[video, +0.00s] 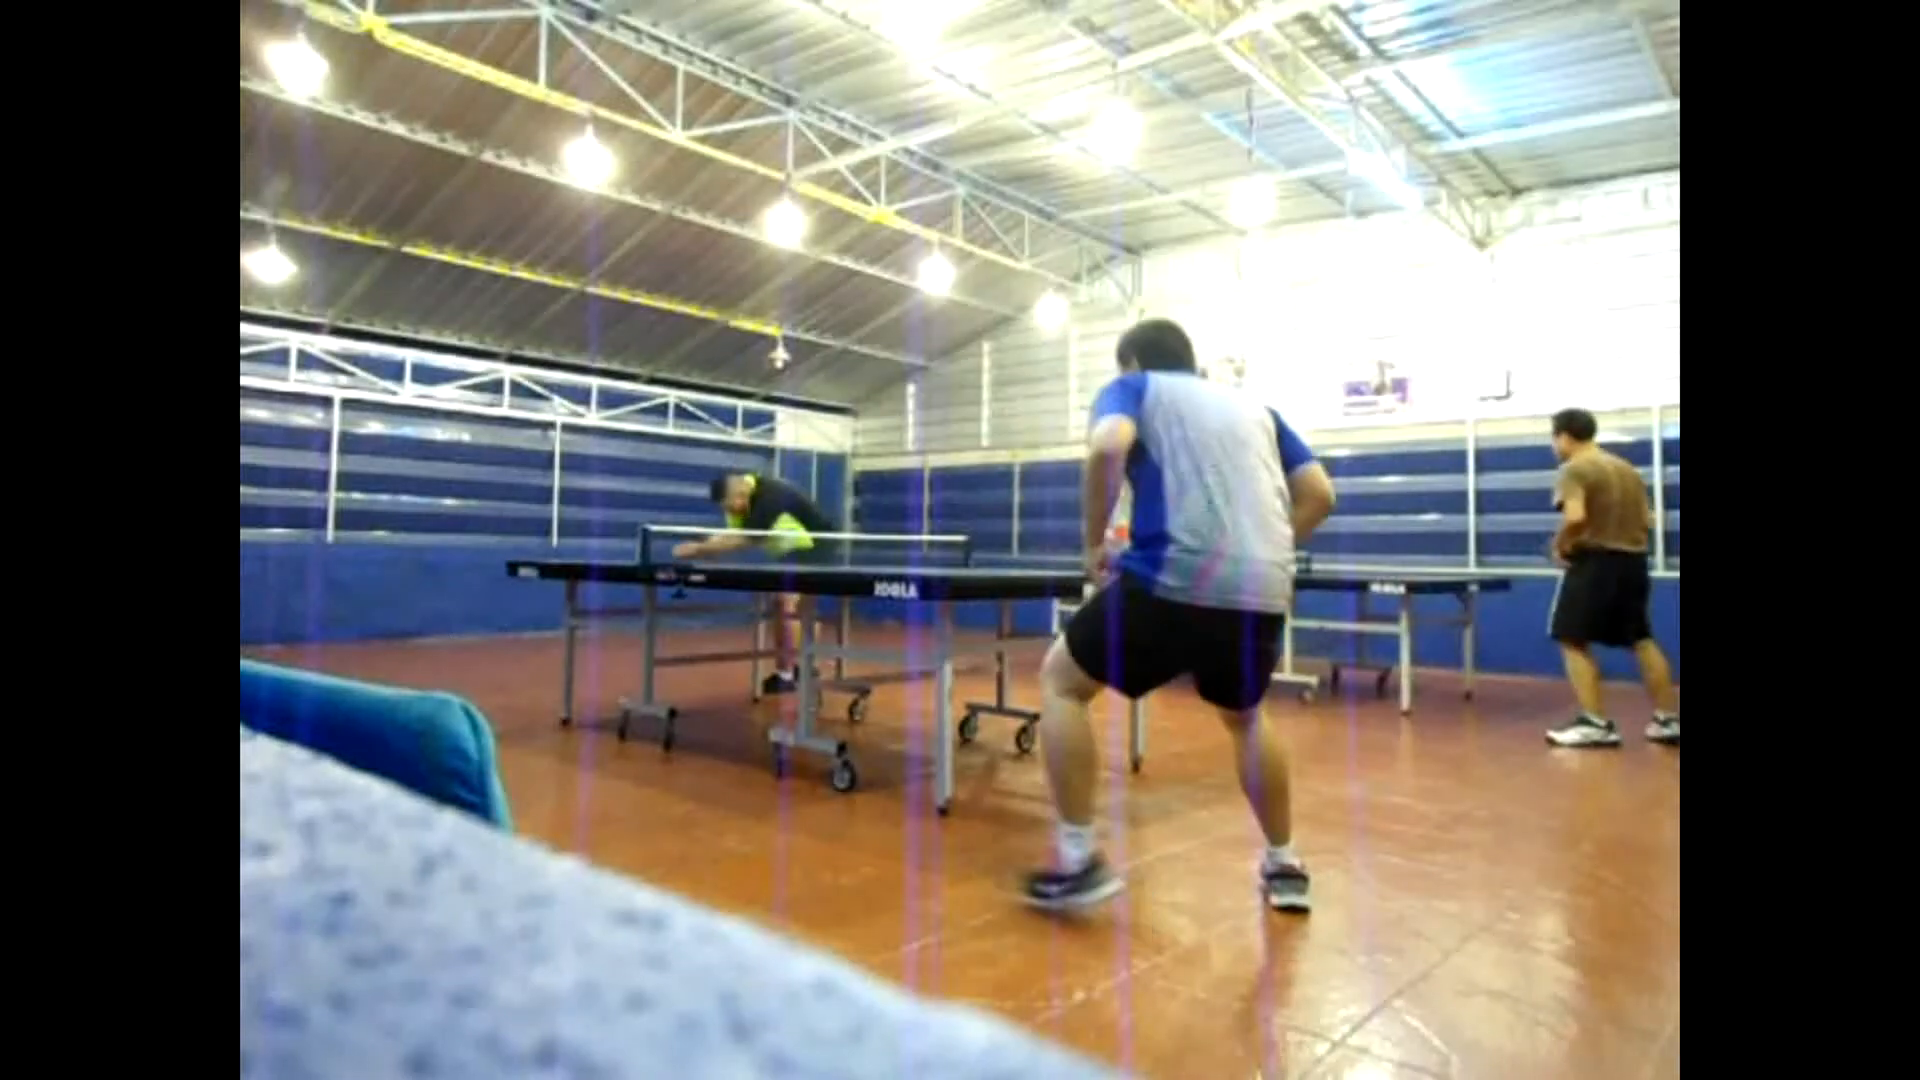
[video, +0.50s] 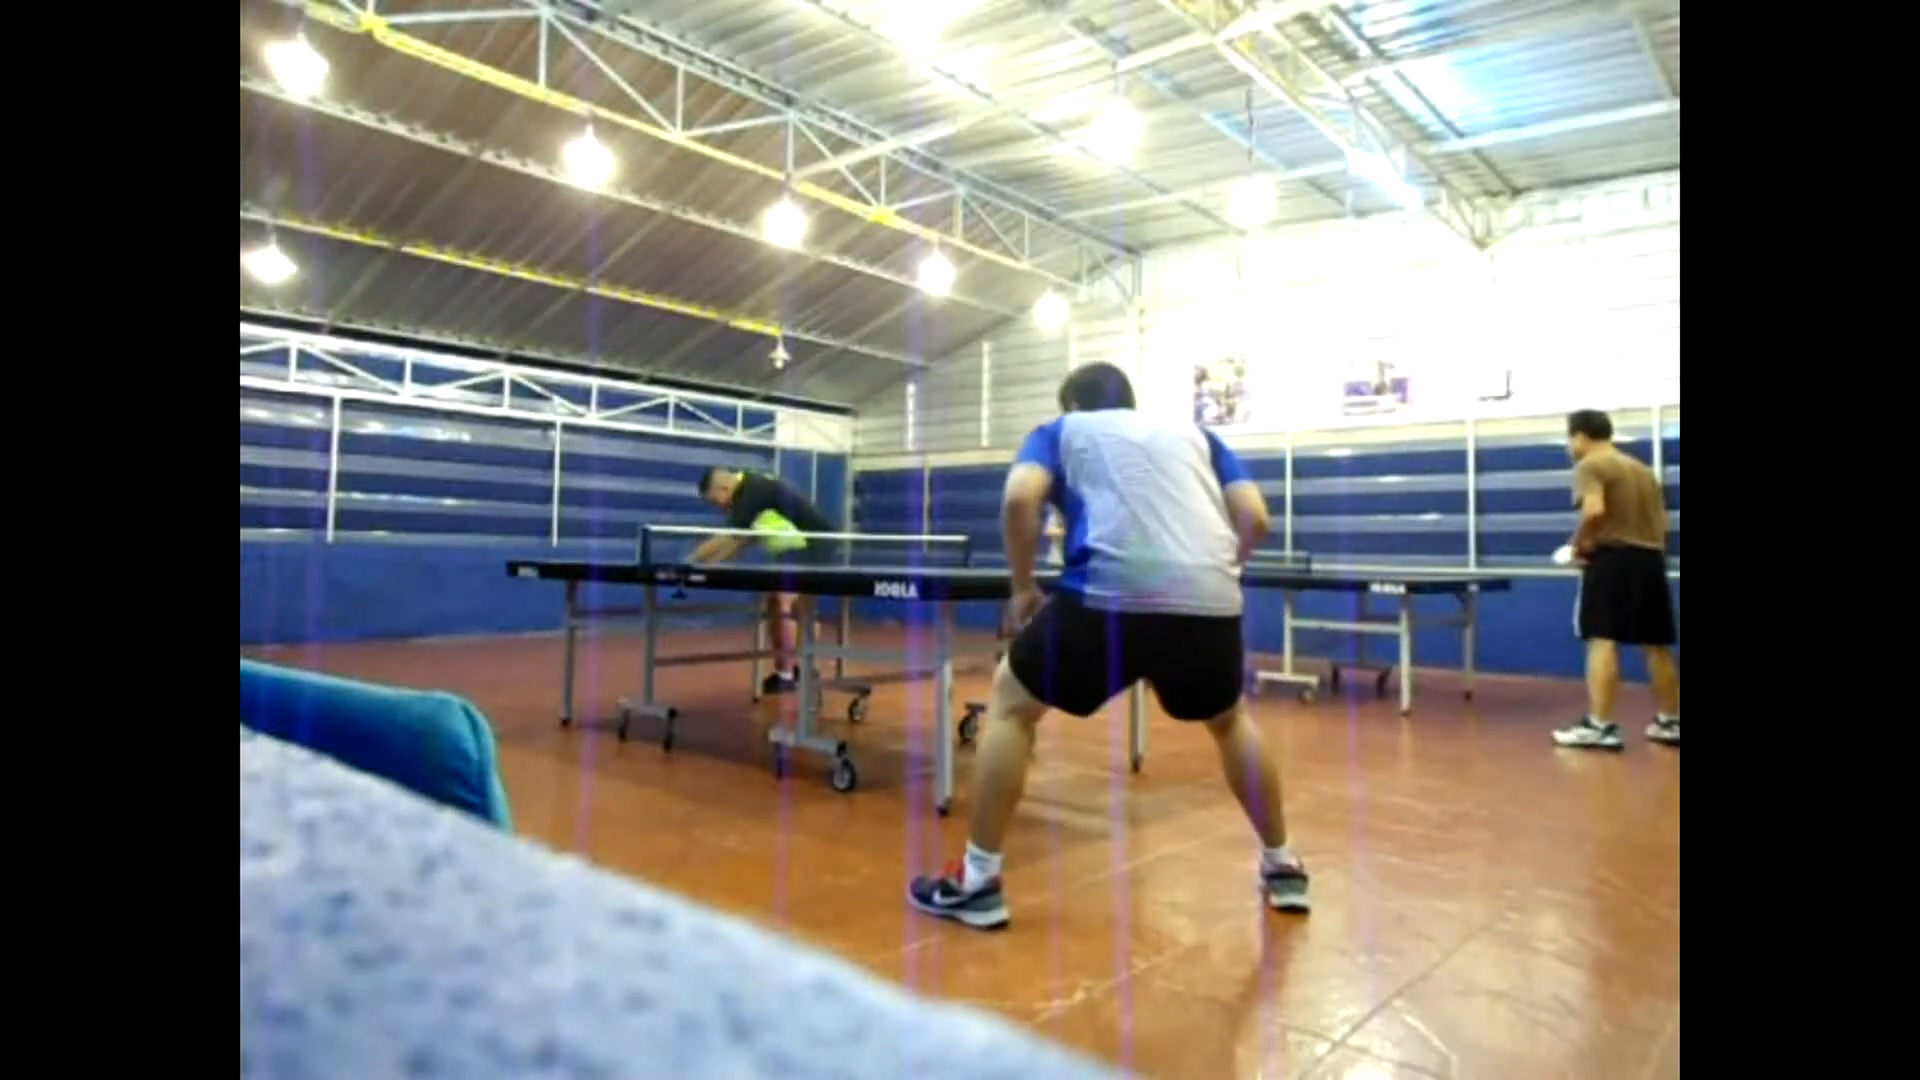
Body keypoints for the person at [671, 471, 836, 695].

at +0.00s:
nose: (732, 511)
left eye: (731, 504)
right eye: (727, 508)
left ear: (739, 491)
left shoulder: (769, 495)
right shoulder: (742, 498)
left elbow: (749, 538)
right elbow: (734, 534)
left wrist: (699, 549)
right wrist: (700, 549)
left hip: (811, 550)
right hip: (789, 551)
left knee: (789, 607)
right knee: (783, 608)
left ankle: (788, 671)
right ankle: (787, 667)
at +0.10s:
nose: (728, 513)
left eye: (727, 507)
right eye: (724, 510)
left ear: (735, 494)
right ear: (730, 492)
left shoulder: (763, 498)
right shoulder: (744, 494)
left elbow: (742, 540)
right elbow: (732, 534)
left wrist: (694, 552)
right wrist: (700, 549)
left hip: (811, 551)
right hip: (791, 551)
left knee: (788, 609)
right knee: (783, 609)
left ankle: (788, 671)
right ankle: (785, 668)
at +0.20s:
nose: (725, 512)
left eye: (723, 507)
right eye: (720, 510)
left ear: (729, 494)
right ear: (727, 492)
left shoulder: (760, 498)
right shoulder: (745, 492)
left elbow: (737, 544)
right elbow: (737, 534)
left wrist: (694, 557)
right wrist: (716, 540)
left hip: (813, 548)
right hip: (793, 548)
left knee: (785, 604)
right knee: (779, 605)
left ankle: (786, 672)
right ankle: (786, 667)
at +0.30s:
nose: (722, 510)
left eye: (720, 506)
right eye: (718, 508)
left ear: (727, 493)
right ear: (725, 490)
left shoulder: (756, 496)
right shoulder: (743, 492)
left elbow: (740, 543)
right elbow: (735, 533)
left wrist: (705, 560)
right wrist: (712, 542)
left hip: (810, 547)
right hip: (790, 549)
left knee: (785, 606)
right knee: (777, 606)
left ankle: (787, 671)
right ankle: (785, 668)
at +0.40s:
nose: (720, 509)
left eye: (717, 503)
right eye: (715, 506)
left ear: (725, 490)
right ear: (724, 489)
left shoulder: (753, 495)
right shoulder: (747, 491)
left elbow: (738, 539)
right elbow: (736, 537)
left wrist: (708, 555)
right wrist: (709, 551)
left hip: (810, 547)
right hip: (794, 547)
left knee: (783, 604)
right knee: (778, 604)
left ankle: (786, 672)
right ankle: (787, 668)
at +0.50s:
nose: (719, 506)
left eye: (716, 500)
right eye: (714, 502)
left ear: (725, 486)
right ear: (725, 485)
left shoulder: (751, 492)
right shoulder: (751, 488)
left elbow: (728, 536)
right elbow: (739, 540)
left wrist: (690, 560)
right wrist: (710, 564)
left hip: (810, 547)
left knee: (782, 603)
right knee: (779, 604)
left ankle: (785, 672)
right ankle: (788, 669)